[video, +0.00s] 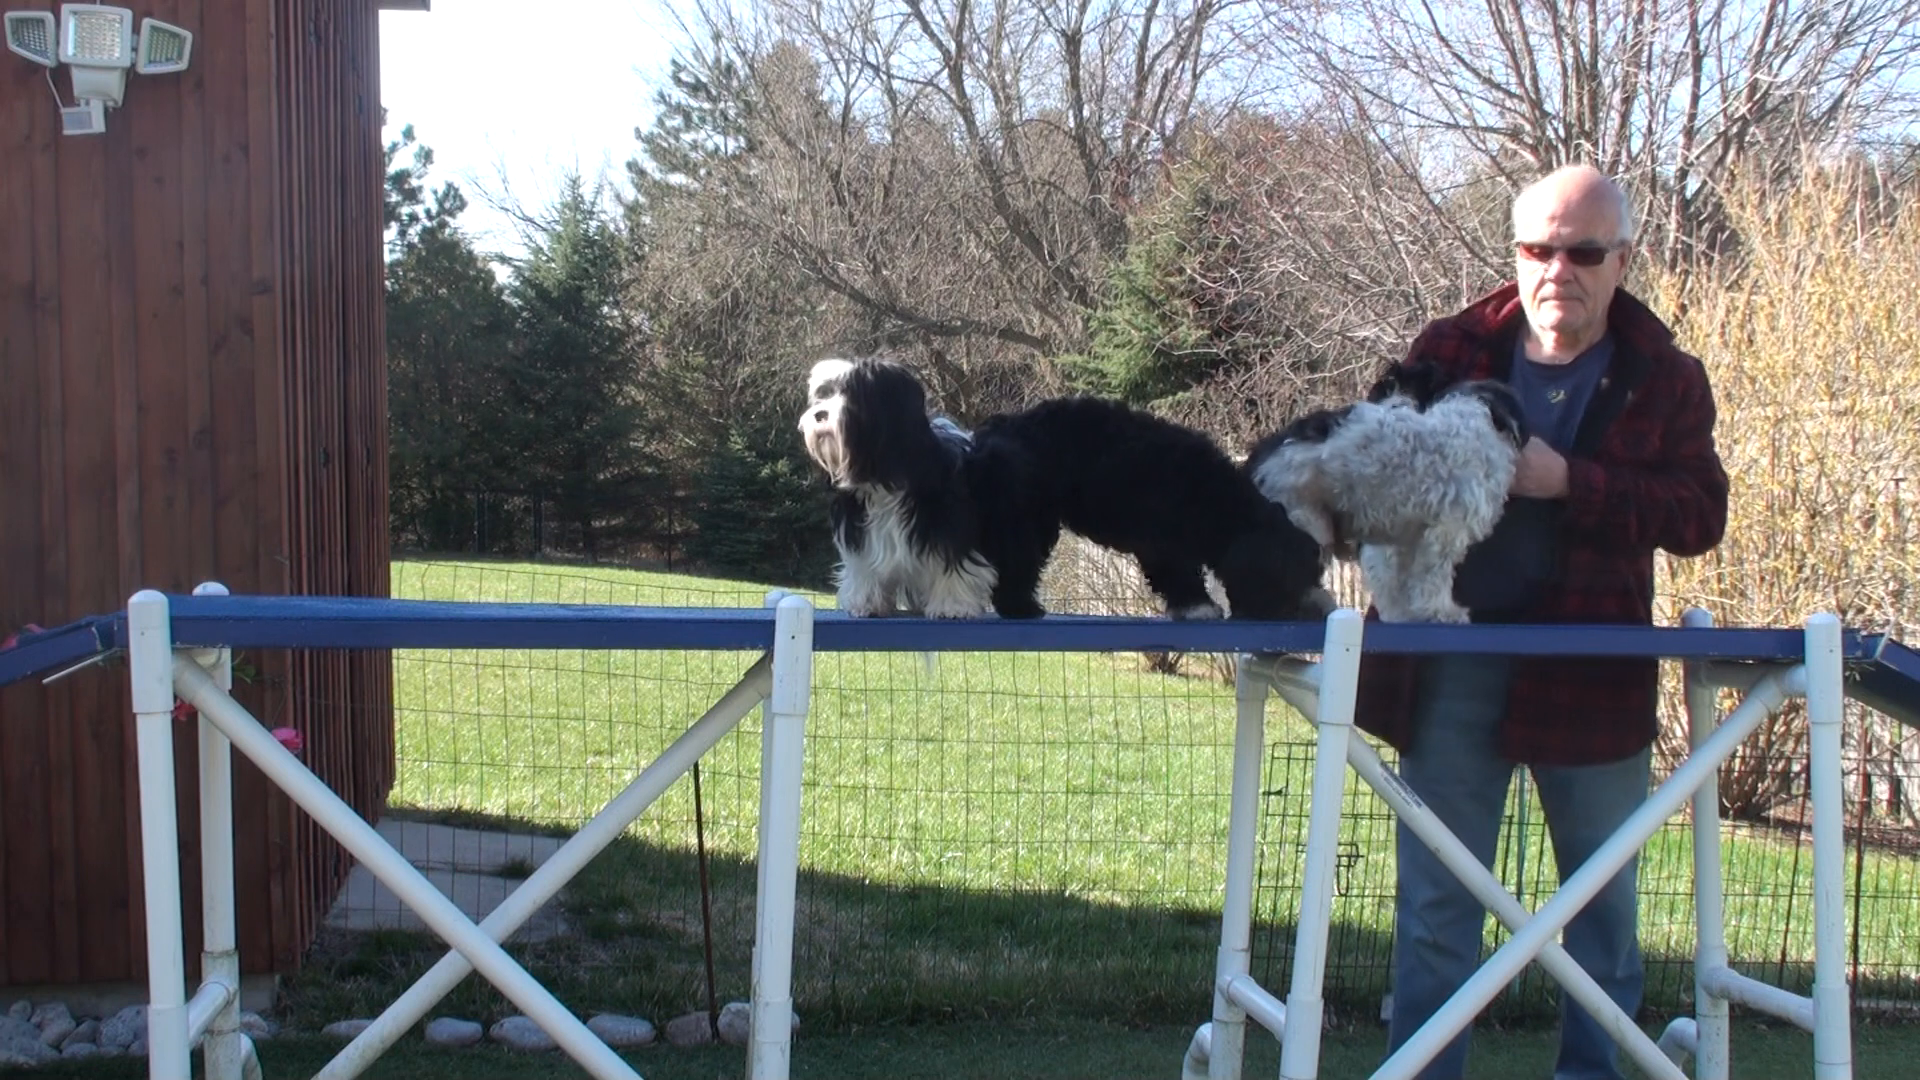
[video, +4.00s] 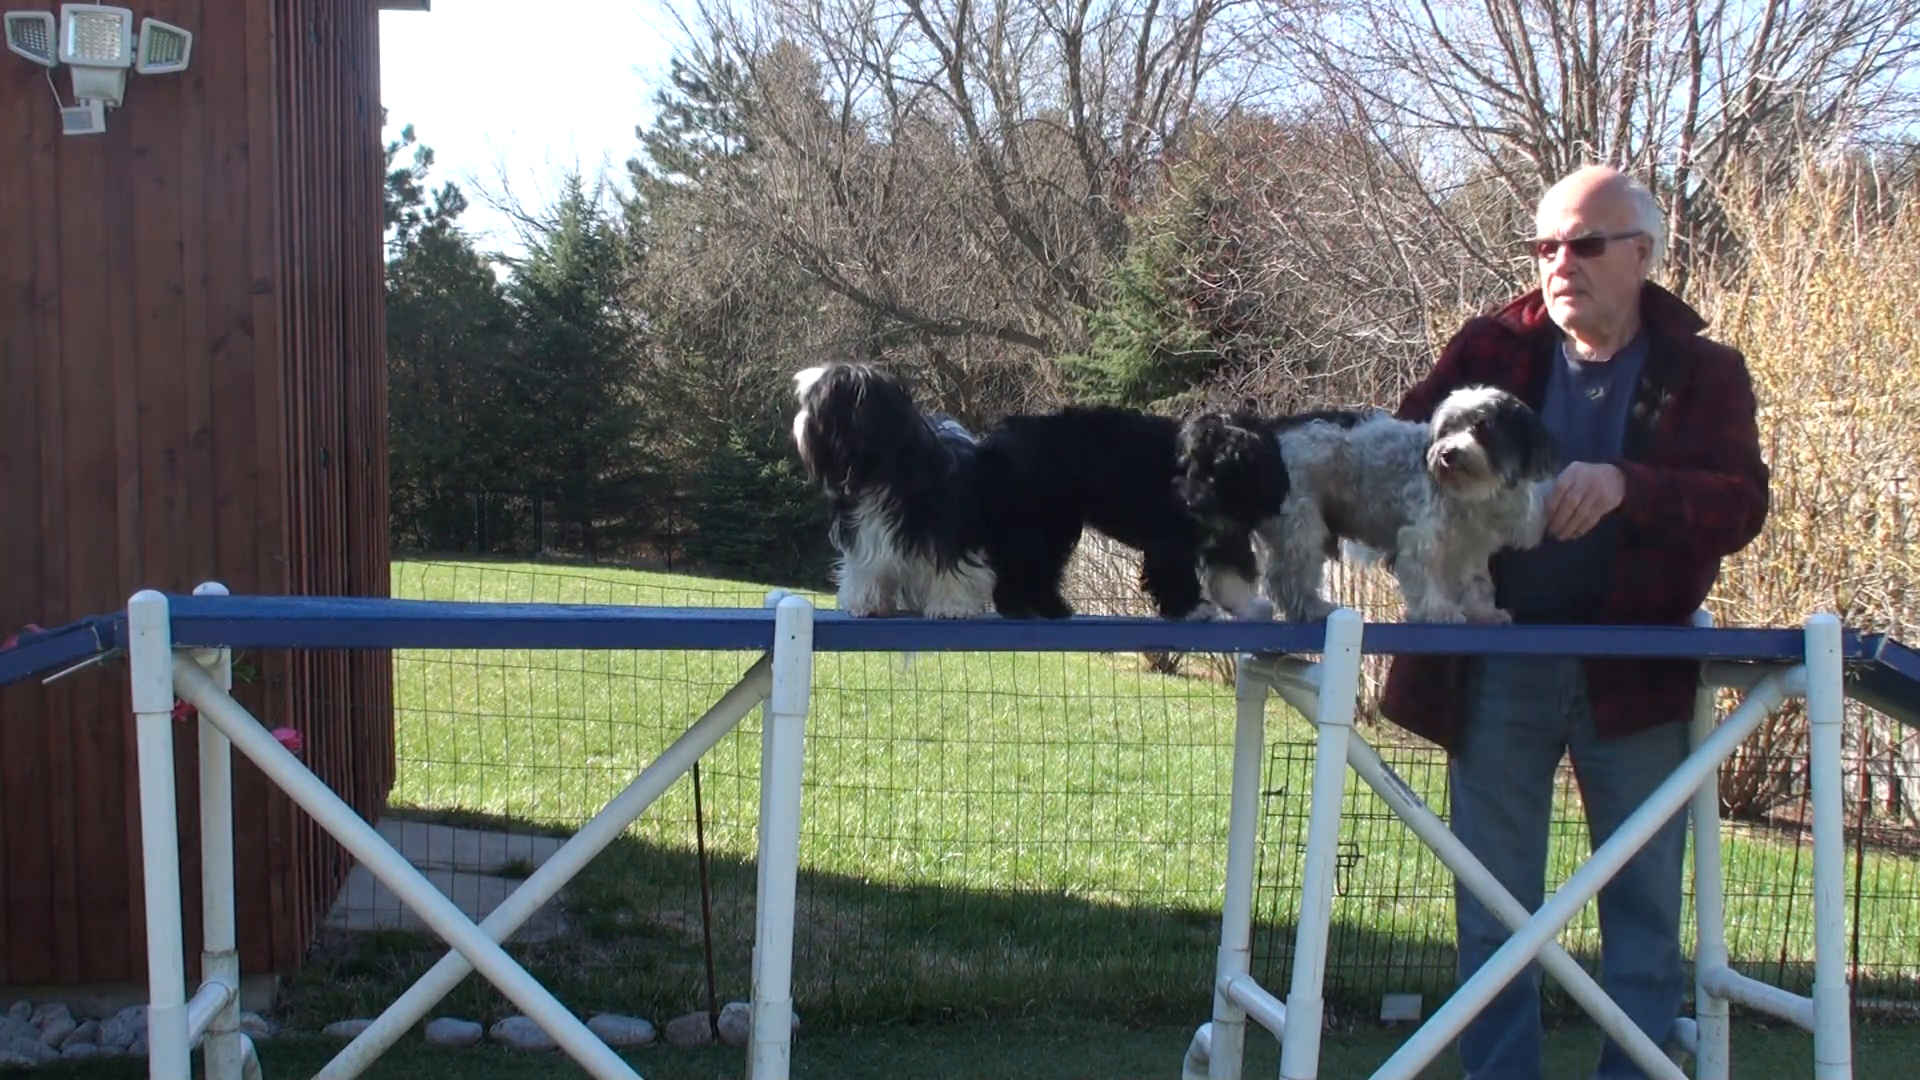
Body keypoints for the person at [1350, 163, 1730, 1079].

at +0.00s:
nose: (1557, 272)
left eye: (1583, 254)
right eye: (1539, 252)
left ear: (1622, 261)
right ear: (1514, 254)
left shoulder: (1664, 376)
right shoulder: (1450, 351)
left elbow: (1700, 513)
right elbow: (1361, 450)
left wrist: (1568, 478)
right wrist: (1339, 505)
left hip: (1593, 668)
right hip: (1456, 660)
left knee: (1603, 909)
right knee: (1435, 905)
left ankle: (1594, 1070)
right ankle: (1423, 1069)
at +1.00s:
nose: (1590, 256)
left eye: (1612, 240)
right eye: (1569, 241)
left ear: (1646, 254)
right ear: (1541, 258)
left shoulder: (1682, 355)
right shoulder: (1486, 350)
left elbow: (1741, 473)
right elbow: (1404, 454)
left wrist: (1655, 424)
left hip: (1631, 652)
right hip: (1496, 645)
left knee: (1627, 889)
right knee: (1473, 881)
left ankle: (1599, 1064)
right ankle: (1448, 1063)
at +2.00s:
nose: (1576, 260)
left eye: (1599, 241)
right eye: (1555, 244)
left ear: (1635, 246)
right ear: (1528, 253)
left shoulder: (1673, 345)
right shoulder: (1478, 352)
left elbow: (1717, 382)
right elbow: (1414, 471)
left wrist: (1662, 312)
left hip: (1640, 660)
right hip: (1504, 658)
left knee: (1655, 892)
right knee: (1502, 893)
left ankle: (1641, 1069)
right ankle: (1502, 1064)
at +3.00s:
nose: (1574, 257)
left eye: (1596, 238)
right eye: (1552, 243)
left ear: (1635, 250)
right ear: (1530, 259)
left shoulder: (1683, 350)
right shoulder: (1483, 353)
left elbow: (1720, 438)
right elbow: (1420, 457)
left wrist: (1619, 416)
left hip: (1633, 660)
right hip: (1498, 657)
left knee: (1644, 899)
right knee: (1494, 898)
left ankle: (1638, 1069)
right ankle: (1497, 1063)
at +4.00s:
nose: (1560, 263)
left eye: (1585, 244)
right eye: (1546, 246)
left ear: (1644, 253)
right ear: (1533, 259)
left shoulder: (1705, 372)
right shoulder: (1487, 350)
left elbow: (1739, 502)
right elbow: (1397, 457)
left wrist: (1626, 483)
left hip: (1635, 667)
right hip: (1496, 661)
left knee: (1644, 911)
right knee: (1491, 909)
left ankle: (1638, 1072)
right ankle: (1497, 1065)